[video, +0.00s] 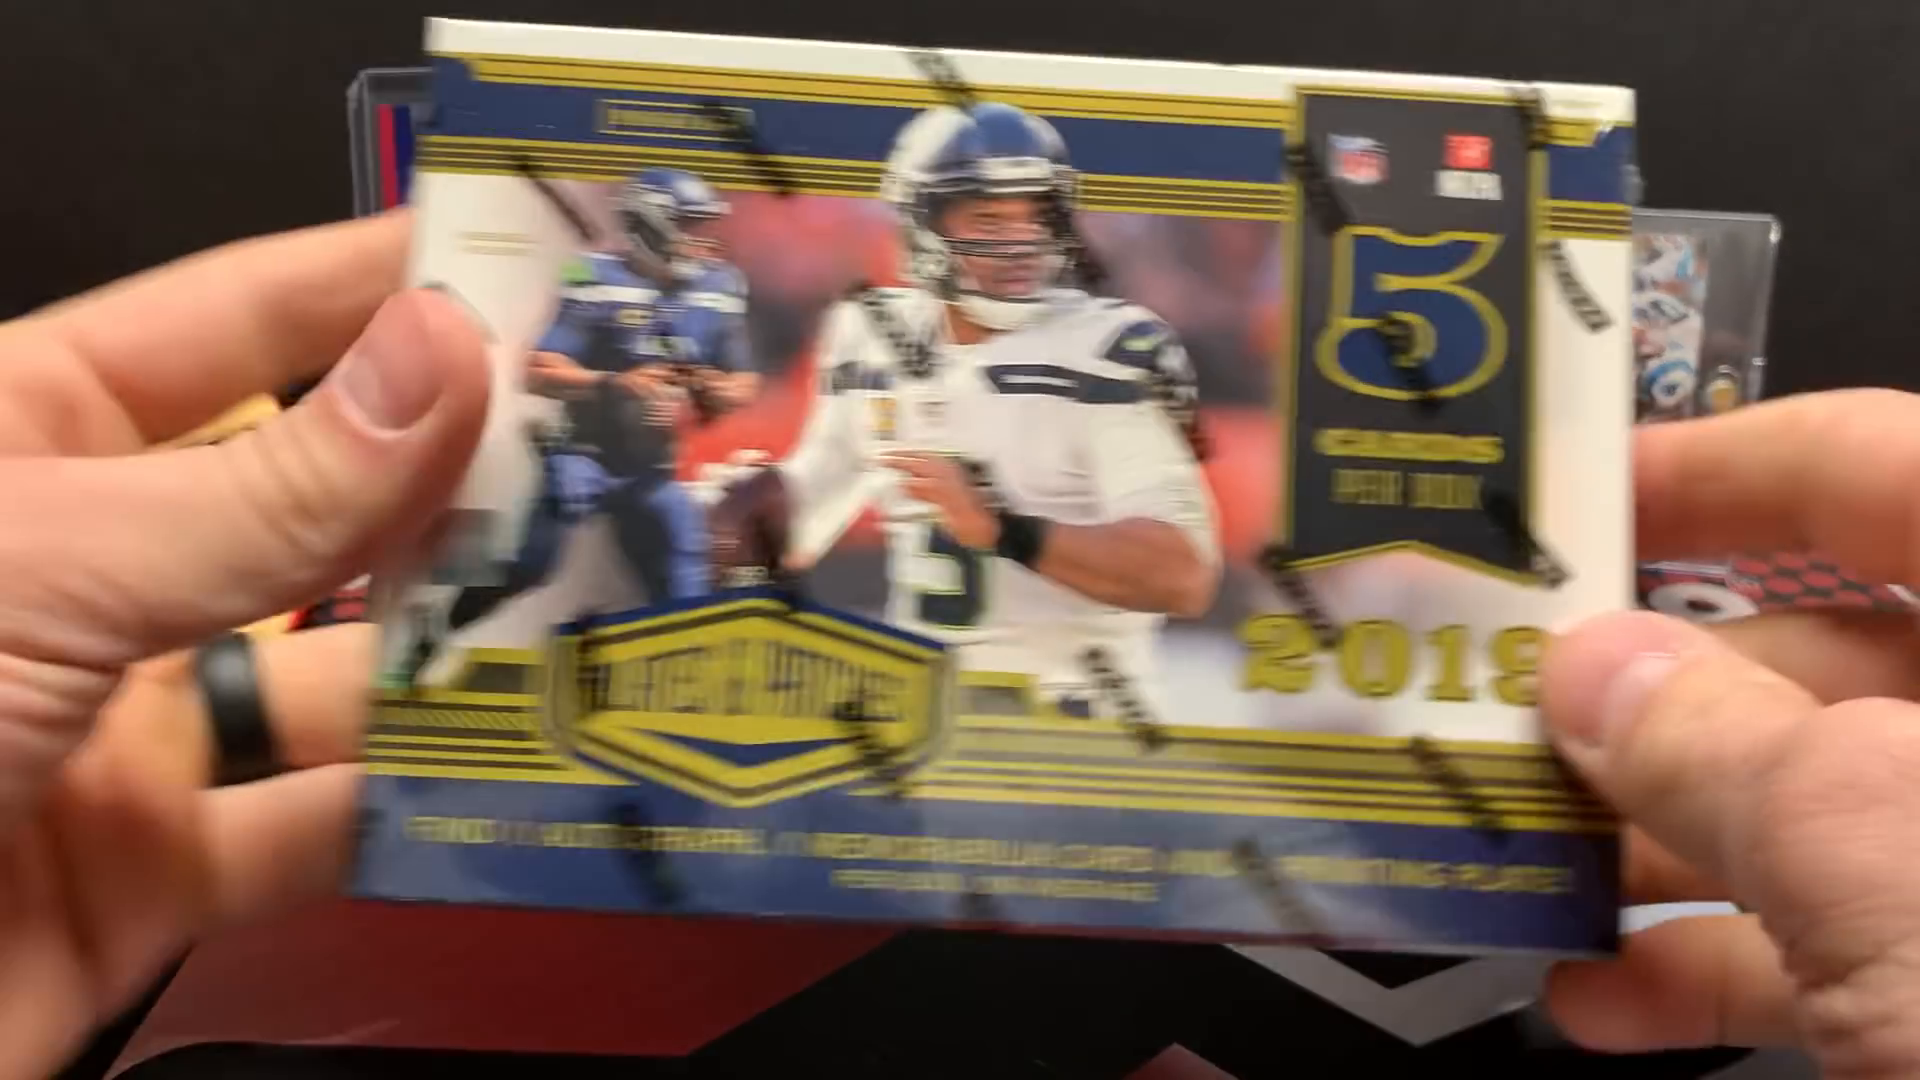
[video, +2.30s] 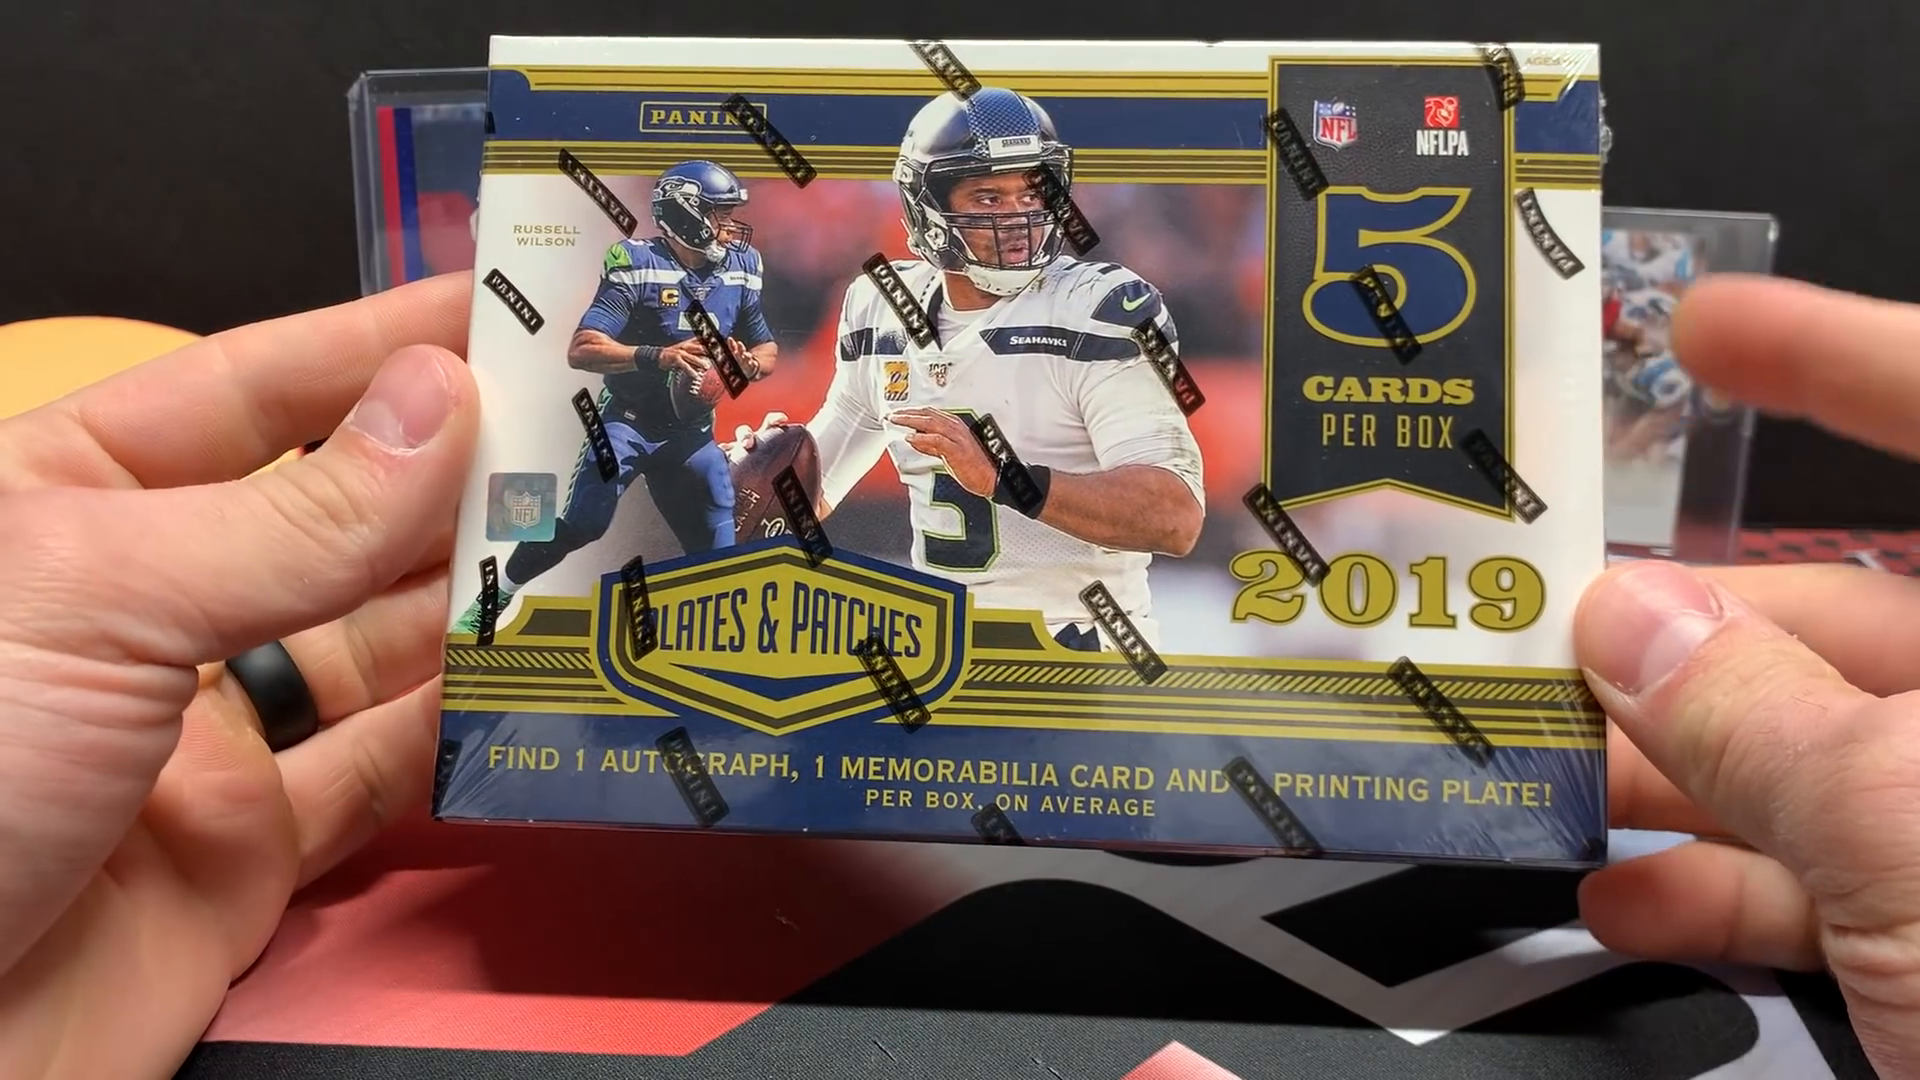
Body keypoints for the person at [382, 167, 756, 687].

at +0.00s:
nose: (702, 240)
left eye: (704, 227)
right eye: (690, 226)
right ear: (649, 224)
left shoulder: (719, 289)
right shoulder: (593, 282)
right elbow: (540, 369)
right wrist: (616, 383)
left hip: (653, 466)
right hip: (581, 458)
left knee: (686, 583)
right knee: (534, 563)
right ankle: (438, 627)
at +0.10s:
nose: (779, 249)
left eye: (778, 237)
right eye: (767, 238)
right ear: (727, 239)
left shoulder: (796, 293)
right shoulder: (675, 291)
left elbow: (821, 383)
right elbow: (626, 384)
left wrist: (801, 398)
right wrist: (701, 389)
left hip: (744, 472)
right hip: (674, 463)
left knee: (776, 598)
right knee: (633, 568)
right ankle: (543, 634)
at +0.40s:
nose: (720, 255)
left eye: (721, 245)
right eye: (709, 245)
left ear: (723, 246)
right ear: (672, 247)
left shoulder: (738, 295)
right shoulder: (627, 294)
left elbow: (765, 382)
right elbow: (582, 386)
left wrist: (746, 395)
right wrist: (655, 389)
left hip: (695, 465)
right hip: (629, 458)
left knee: (727, 582)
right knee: (592, 558)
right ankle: (507, 637)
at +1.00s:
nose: (712, 215)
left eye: (712, 204)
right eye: (701, 204)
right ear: (666, 206)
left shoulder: (724, 253)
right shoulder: (615, 251)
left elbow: (747, 336)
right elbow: (565, 336)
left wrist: (727, 348)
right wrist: (640, 342)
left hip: (672, 414)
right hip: (608, 406)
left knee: (699, 531)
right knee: (564, 504)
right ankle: (480, 570)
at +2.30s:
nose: (729, 225)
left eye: (730, 214)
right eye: (718, 214)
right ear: (682, 215)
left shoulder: (743, 264)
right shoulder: (633, 262)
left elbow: (766, 351)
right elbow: (582, 350)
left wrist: (745, 364)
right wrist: (659, 356)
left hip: (692, 430)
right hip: (627, 423)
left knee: (720, 548)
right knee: (583, 523)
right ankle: (499, 592)